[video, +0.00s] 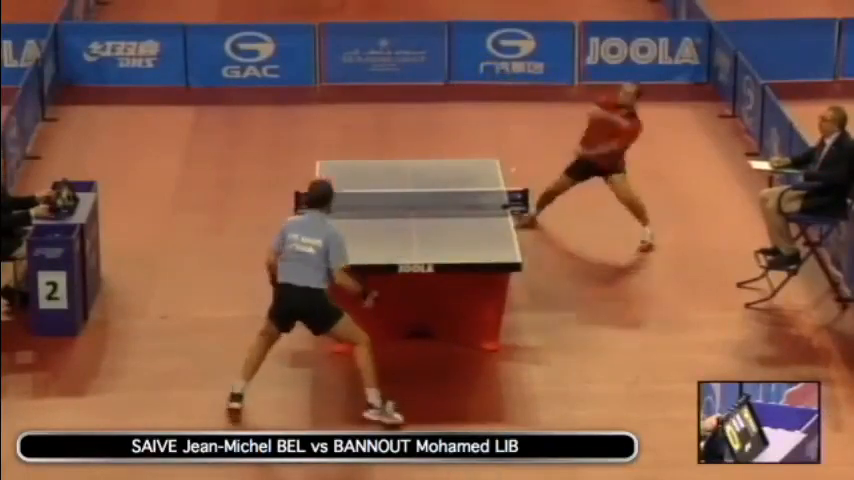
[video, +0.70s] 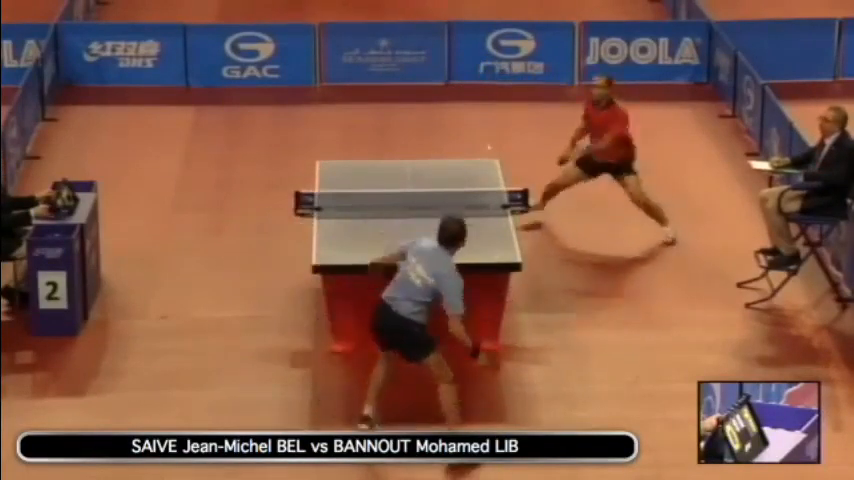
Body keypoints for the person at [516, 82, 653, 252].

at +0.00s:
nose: (623, 96)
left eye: (629, 94)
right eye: (622, 92)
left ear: (636, 98)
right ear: (619, 93)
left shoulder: (633, 124)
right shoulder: (606, 105)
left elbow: (615, 147)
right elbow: (592, 116)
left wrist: (587, 153)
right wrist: (617, 119)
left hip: (612, 165)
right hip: (588, 160)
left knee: (627, 197)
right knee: (554, 189)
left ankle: (647, 229)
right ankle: (533, 215)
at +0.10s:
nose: (644, 109)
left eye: (650, 107)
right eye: (644, 104)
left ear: (657, 112)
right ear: (641, 103)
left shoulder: (654, 134)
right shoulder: (624, 118)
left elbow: (650, 162)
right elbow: (617, 140)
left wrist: (643, 181)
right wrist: (649, 147)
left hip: (623, 166)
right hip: (598, 159)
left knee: (648, 201)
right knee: (566, 194)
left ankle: (673, 242)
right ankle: (544, 217)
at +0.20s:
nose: (669, 127)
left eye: (674, 125)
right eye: (668, 121)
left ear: (679, 128)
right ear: (663, 118)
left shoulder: (675, 147)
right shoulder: (644, 134)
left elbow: (673, 176)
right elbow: (629, 165)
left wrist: (684, 200)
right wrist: (648, 194)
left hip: (644, 176)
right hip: (618, 170)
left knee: (668, 204)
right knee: (587, 209)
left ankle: (681, 243)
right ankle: (558, 214)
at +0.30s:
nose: (672, 127)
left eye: (677, 126)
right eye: (671, 122)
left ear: (682, 129)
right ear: (667, 120)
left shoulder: (677, 150)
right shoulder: (646, 136)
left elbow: (671, 177)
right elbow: (625, 165)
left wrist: (674, 201)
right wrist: (631, 195)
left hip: (643, 178)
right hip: (621, 175)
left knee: (674, 197)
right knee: (596, 215)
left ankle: (682, 243)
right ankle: (574, 227)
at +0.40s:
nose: (659, 118)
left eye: (665, 115)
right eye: (658, 113)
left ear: (671, 117)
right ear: (653, 111)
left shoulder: (671, 138)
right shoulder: (634, 127)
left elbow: (666, 166)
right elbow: (607, 149)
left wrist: (664, 188)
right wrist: (602, 174)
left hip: (646, 174)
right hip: (620, 171)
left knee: (670, 195)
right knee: (599, 204)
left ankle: (682, 241)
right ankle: (572, 232)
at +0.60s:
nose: (618, 94)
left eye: (623, 91)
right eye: (616, 89)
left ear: (631, 95)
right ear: (611, 91)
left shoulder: (638, 117)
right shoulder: (600, 108)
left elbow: (640, 150)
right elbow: (586, 127)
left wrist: (633, 177)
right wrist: (574, 150)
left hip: (628, 159)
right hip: (601, 156)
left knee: (643, 194)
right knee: (567, 184)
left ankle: (668, 225)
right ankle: (552, 214)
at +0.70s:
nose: (595, 92)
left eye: (600, 88)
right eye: (594, 88)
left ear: (609, 90)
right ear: (592, 90)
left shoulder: (619, 115)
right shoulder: (590, 108)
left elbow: (606, 143)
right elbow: (582, 129)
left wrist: (584, 152)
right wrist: (568, 151)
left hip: (620, 163)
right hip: (595, 158)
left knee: (639, 198)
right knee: (556, 184)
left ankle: (667, 227)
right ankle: (540, 205)